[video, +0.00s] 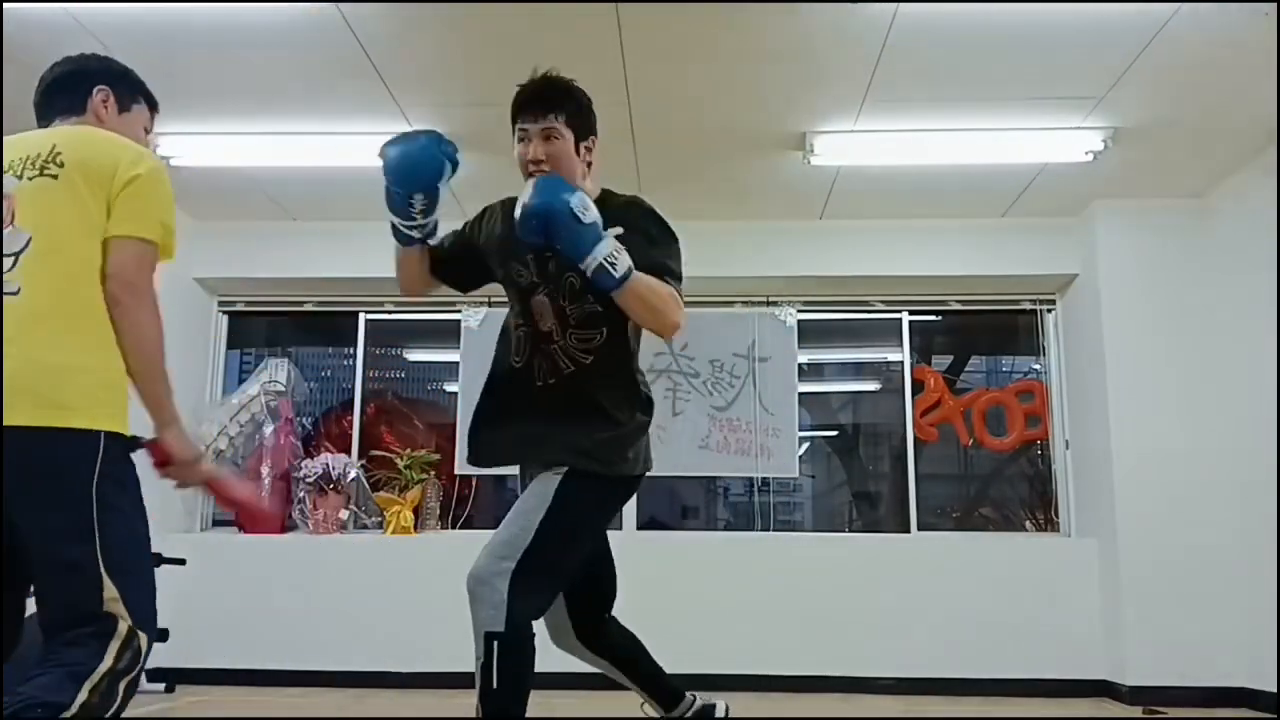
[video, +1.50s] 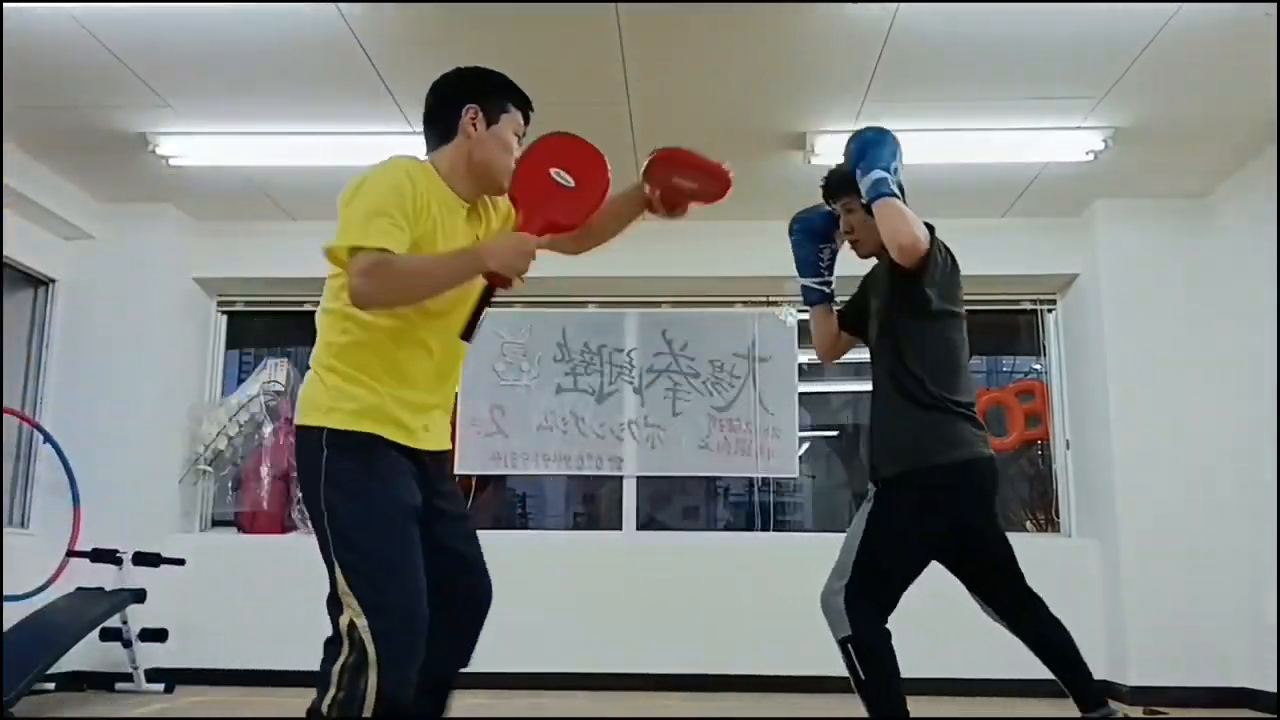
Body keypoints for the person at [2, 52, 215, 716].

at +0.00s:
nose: (149, 144)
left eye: (152, 131)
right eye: (145, 126)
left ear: (60, 111)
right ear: (103, 103)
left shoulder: (7, 154)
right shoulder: (127, 162)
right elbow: (126, 289)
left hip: (9, 423)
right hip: (63, 423)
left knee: (14, 626)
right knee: (107, 633)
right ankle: (32, 709)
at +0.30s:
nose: (164, 134)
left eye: (167, 118)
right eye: (161, 111)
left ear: (90, 98)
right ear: (110, 91)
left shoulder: (21, 150)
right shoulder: (111, 145)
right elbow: (90, 266)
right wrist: (162, 391)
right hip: (31, 411)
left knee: (39, 624)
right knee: (70, 630)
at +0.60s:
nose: (262, 113)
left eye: (264, 94)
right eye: (256, 87)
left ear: (208, 76)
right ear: (205, 69)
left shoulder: (173, 188)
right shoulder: (131, 143)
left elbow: (134, 302)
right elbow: (73, 296)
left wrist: (228, 307)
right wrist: (147, 434)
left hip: (73, 432)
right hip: (37, 424)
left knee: (76, 634)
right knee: (72, 634)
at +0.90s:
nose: (327, 179)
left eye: (329, 168)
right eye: (325, 165)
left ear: (247, 155)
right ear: (286, 150)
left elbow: (65, 317)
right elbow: (455, 237)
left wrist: (92, 397)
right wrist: (524, 209)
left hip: (125, 449)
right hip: (202, 443)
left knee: (247, 605)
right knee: (152, 650)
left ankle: (237, 715)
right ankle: (70, 713)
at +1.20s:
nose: (451, 180)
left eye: (454, 166)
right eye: (447, 160)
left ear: (408, 151)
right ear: (406, 146)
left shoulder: (366, 233)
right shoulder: (368, 185)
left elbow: (306, 350)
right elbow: (295, 220)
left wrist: (384, 395)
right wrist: (384, 305)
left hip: (302, 426)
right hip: (283, 418)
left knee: (325, 609)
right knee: (312, 603)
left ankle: (294, 711)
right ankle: (248, 711)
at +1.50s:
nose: (521, 152)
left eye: (524, 139)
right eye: (515, 133)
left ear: (476, 128)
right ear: (473, 123)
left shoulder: (495, 212)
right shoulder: (394, 183)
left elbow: (574, 236)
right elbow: (369, 284)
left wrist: (643, 197)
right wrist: (482, 256)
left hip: (421, 441)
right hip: (346, 431)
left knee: (462, 594)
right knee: (388, 619)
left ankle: (411, 710)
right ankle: (339, 711)